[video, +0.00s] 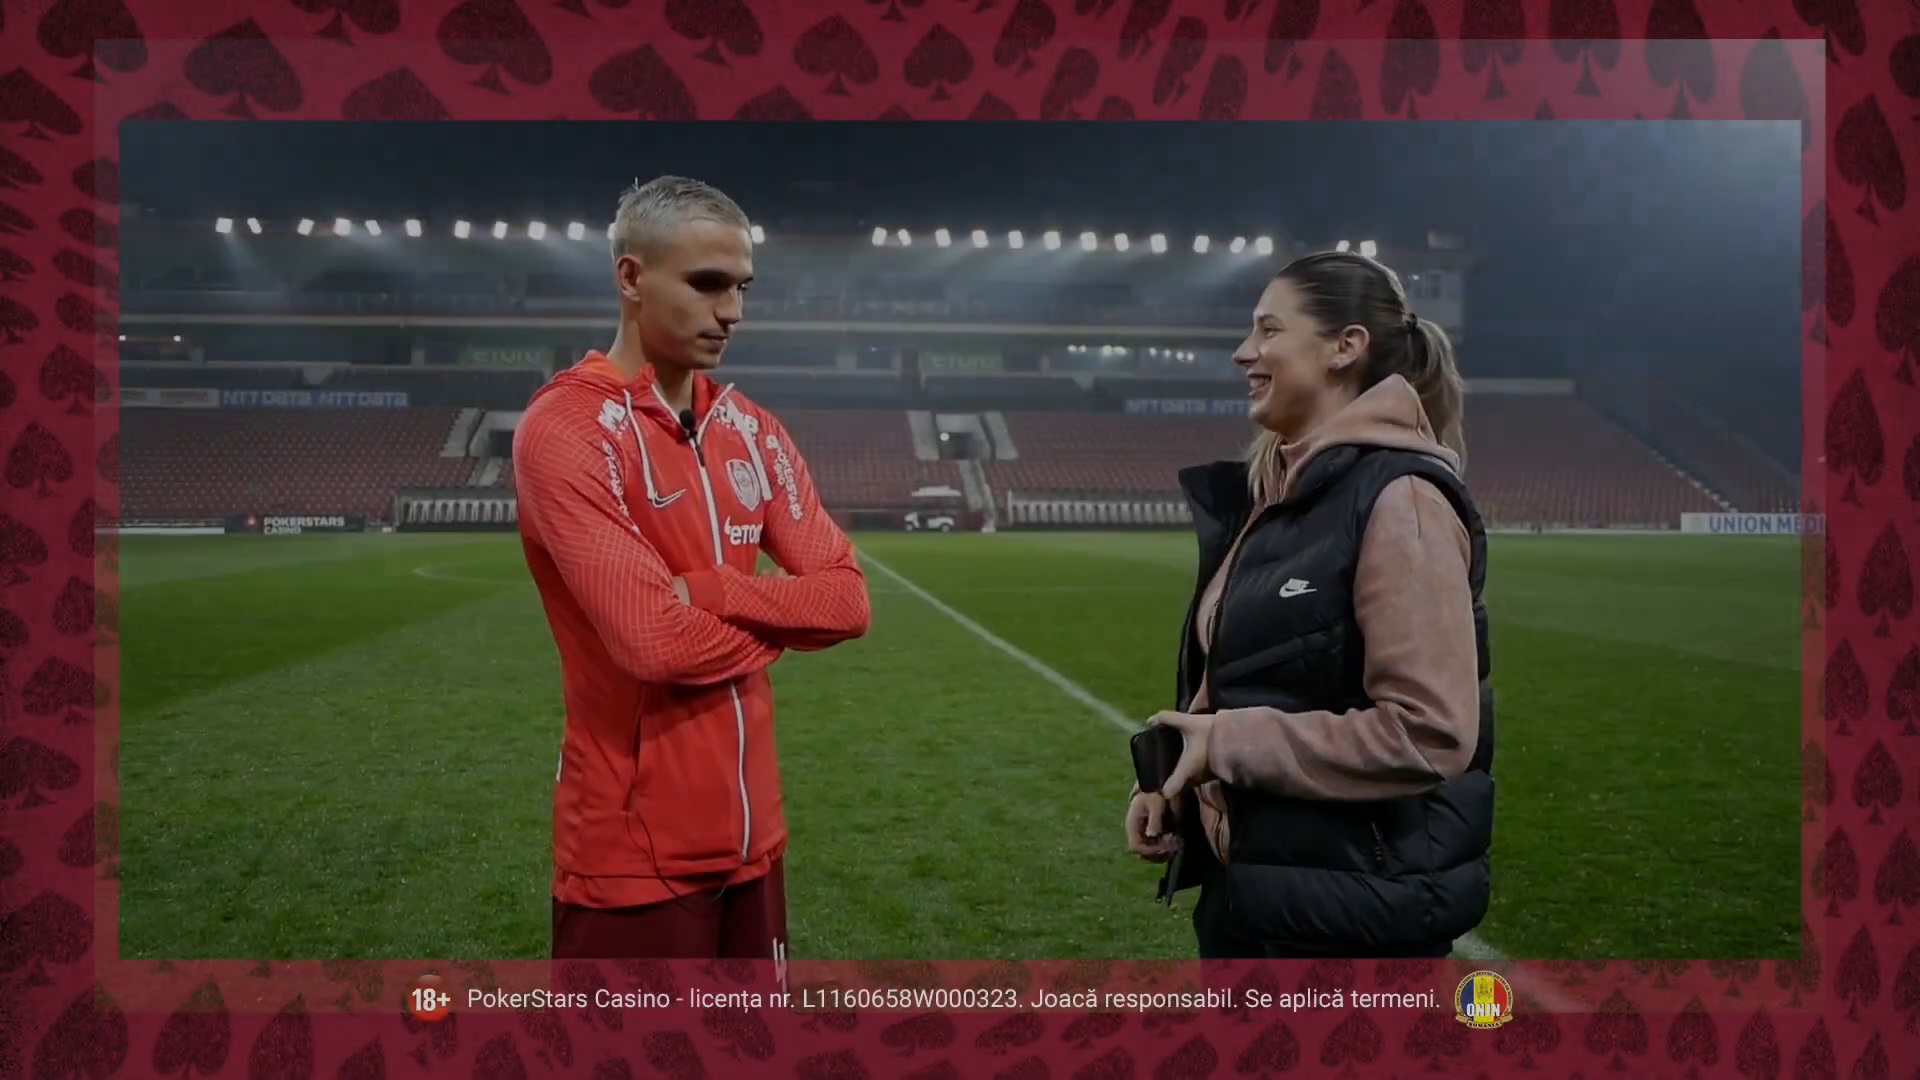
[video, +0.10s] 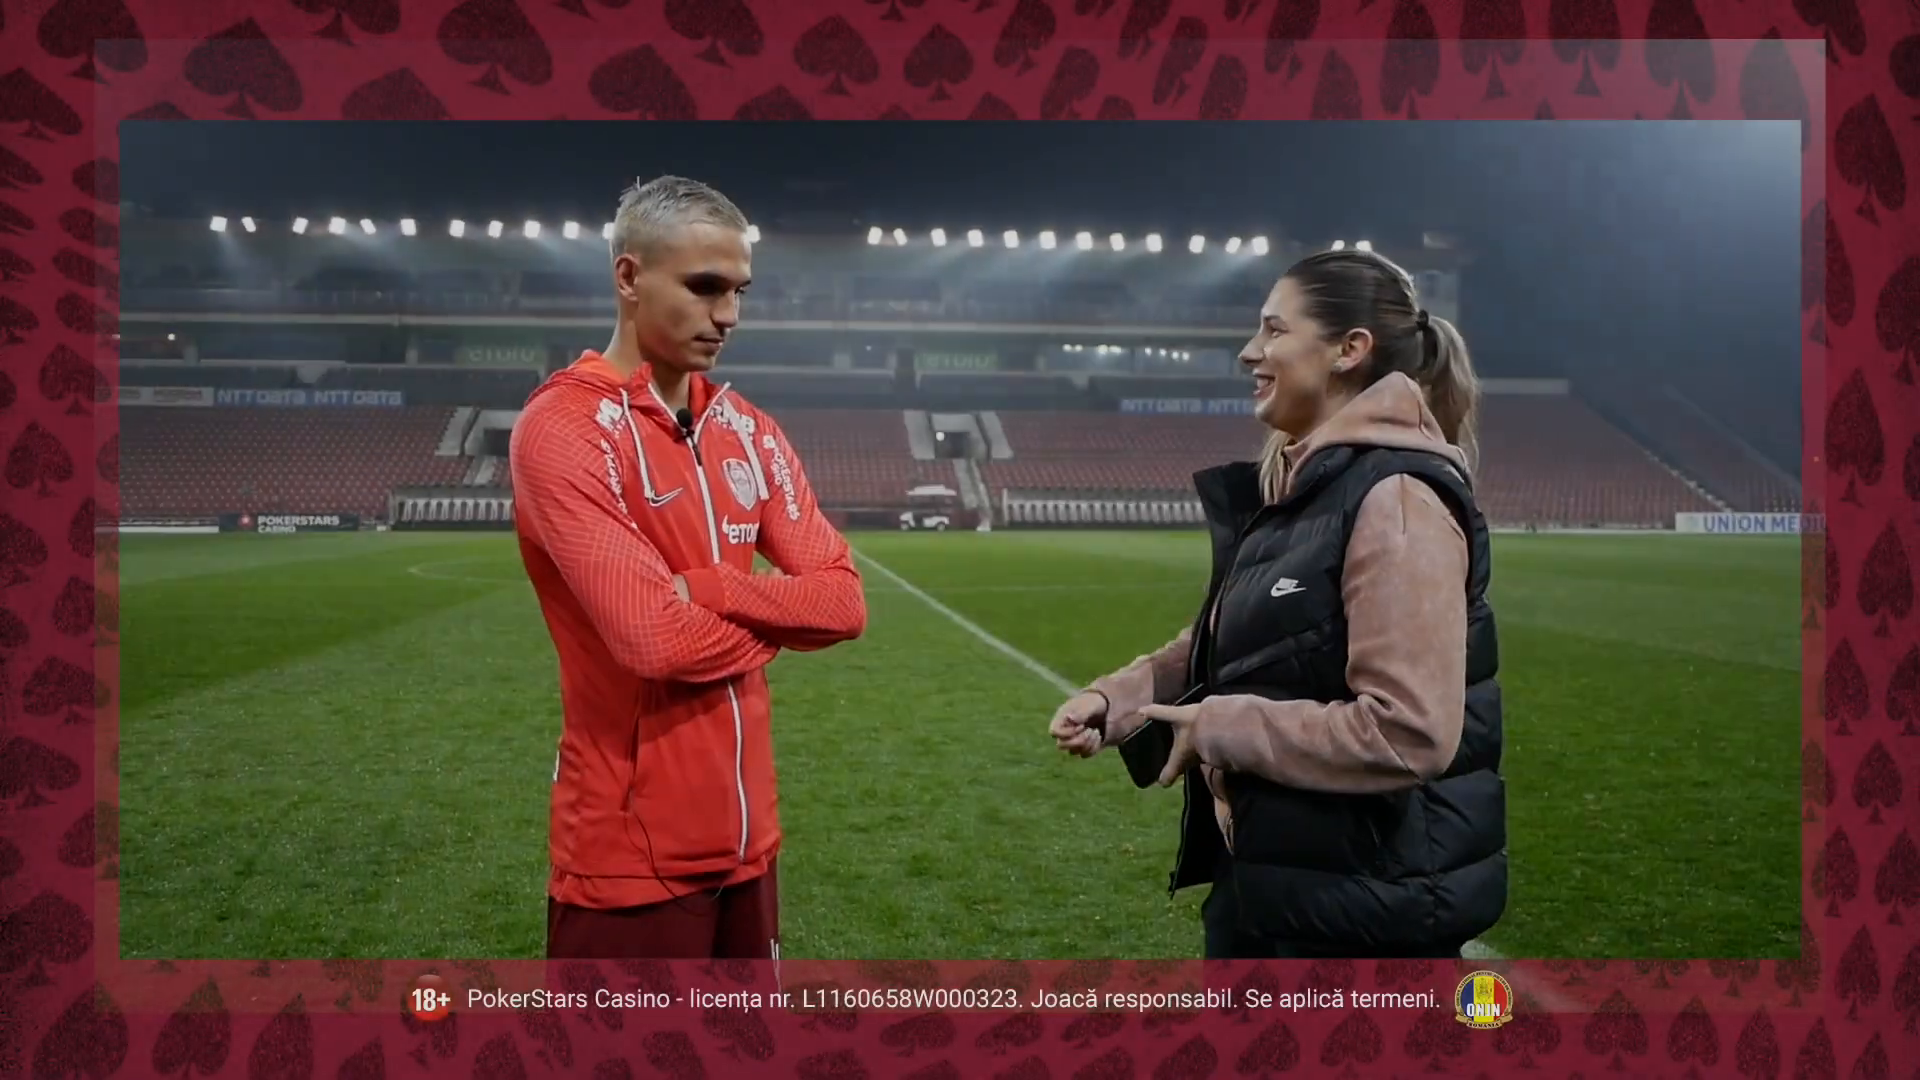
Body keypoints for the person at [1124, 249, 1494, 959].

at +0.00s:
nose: (1243, 354)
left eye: (1269, 329)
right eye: (1252, 332)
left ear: (1347, 346)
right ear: (1339, 348)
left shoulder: (1404, 502)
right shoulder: (1285, 494)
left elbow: (1430, 731)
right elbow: (1247, 682)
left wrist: (1225, 741)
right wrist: (1173, 790)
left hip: (1353, 921)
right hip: (1265, 910)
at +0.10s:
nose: (1250, 353)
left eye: (1274, 331)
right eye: (1258, 332)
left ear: (1351, 350)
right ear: (1345, 353)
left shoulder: (1397, 502)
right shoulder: (1301, 486)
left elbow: (1410, 732)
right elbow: (1223, 640)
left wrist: (1223, 725)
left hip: (1360, 915)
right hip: (1282, 901)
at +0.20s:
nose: (1250, 355)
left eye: (1275, 333)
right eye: (1261, 333)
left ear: (1351, 352)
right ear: (1341, 352)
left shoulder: (1394, 505)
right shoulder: (1298, 490)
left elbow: (1392, 734)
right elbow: (1172, 604)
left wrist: (1213, 722)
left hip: (1359, 911)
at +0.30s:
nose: (1246, 356)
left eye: (1269, 333)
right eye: (1255, 334)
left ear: (1344, 353)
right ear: (1338, 355)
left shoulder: (1385, 509)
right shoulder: (1299, 491)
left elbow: (1391, 741)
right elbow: (1133, 557)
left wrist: (1215, 724)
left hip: (1353, 914)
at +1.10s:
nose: (1166, 382)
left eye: (1186, 359)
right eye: (1173, 359)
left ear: (1261, 377)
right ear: (1257, 379)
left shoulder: (1319, 520)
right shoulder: (1201, 505)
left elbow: (1339, 744)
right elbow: (1043, 532)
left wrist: (1155, 733)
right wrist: (1020, 400)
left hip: (1264, 922)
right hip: (1188, 907)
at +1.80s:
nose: (1173, 375)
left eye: (1194, 353)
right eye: (1180, 354)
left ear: (1266, 369)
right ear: (1263, 371)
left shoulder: (1322, 517)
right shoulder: (1215, 505)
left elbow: (1339, 742)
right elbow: (1069, 574)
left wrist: (1153, 720)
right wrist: (1050, 450)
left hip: (1258, 918)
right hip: (1183, 906)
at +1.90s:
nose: (1177, 374)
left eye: (1197, 351)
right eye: (1185, 352)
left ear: (1268, 367)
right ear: (1264, 369)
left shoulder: (1323, 517)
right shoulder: (1225, 501)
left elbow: (1338, 742)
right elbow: (1136, 649)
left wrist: (1158, 719)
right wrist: (1037, 534)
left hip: (1256, 921)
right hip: (1184, 907)